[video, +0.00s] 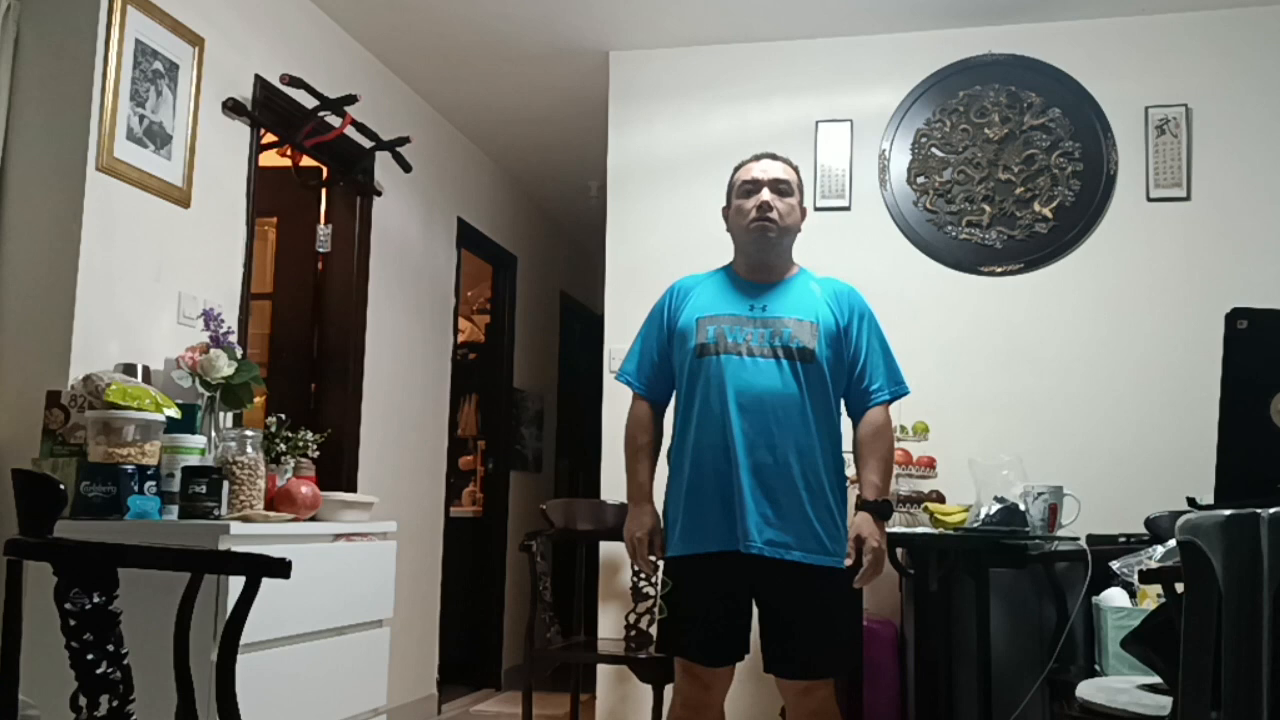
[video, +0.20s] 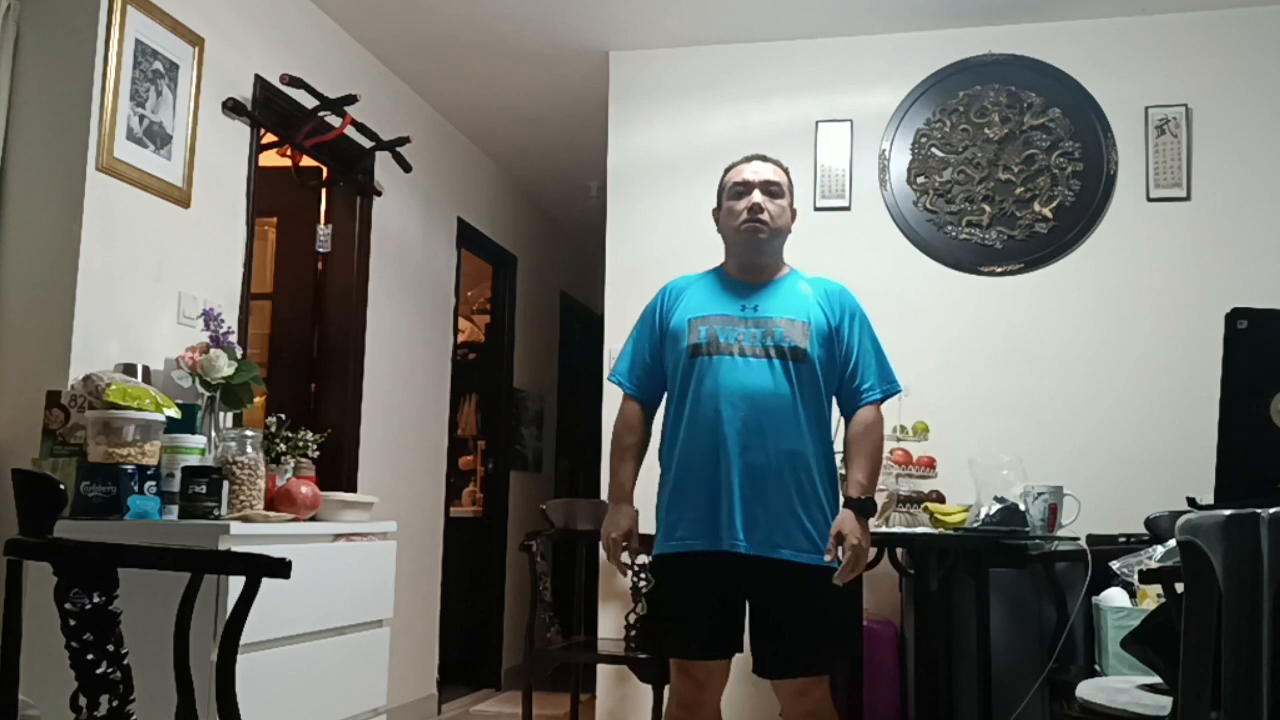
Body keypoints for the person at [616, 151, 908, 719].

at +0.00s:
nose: (764, 198)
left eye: (781, 190)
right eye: (748, 189)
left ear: (802, 215)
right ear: (727, 215)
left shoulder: (840, 303)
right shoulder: (684, 298)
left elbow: (874, 409)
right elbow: (645, 404)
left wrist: (872, 509)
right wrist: (640, 502)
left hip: (808, 537)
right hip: (702, 531)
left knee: (811, 693)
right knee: (699, 685)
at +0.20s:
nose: (755, 199)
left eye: (771, 191)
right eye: (739, 192)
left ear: (792, 215)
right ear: (718, 217)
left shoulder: (830, 302)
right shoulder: (676, 299)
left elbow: (866, 408)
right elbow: (636, 404)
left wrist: (857, 507)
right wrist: (620, 500)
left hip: (800, 541)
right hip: (694, 535)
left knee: (805, 695)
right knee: (693, 686)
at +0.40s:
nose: (756, 199)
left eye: (772, 191)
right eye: (739, 192)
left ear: (792, 217)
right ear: (718, 216)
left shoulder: (834, 300)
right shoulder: (678, 300)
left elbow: (873, 404)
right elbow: (642, 407)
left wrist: (866, 504)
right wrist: (633, 506)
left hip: (806, 539)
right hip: (699, 535)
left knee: (810, 696)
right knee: (696, 686)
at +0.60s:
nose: (758, 200)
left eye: (774, 191)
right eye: (742, 193)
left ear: (795, 216)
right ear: (720, 217)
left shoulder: (838, 300)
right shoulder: (681, 301)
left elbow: (878, 403)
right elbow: (647, 410)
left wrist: (875, 502)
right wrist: (644, 508)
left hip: (812, 536)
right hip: (705, 532)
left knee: (813, 695)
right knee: (700, 686)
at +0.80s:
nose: (759, 201)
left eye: (775, 192)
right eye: (743, 193)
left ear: (795, 216)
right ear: (720, 217)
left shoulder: (838, 301)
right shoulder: (681, 301)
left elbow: (876, 405)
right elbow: (645, 408)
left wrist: (872, 504)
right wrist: (639, 507)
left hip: (814, 540)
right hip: (706, 537)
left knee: (816, 697)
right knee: (700, 686)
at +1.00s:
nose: (758, 199)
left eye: (774, 191)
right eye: (742, 192)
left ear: (794, 216)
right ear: (720, 218)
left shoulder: (836, 301)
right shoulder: (681, 300)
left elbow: (874, 407)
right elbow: (644, 408)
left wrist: (869, 507)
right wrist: (637, 508)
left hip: (811, 540)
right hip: (704, 536)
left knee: (814, 700)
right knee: (698, 692)